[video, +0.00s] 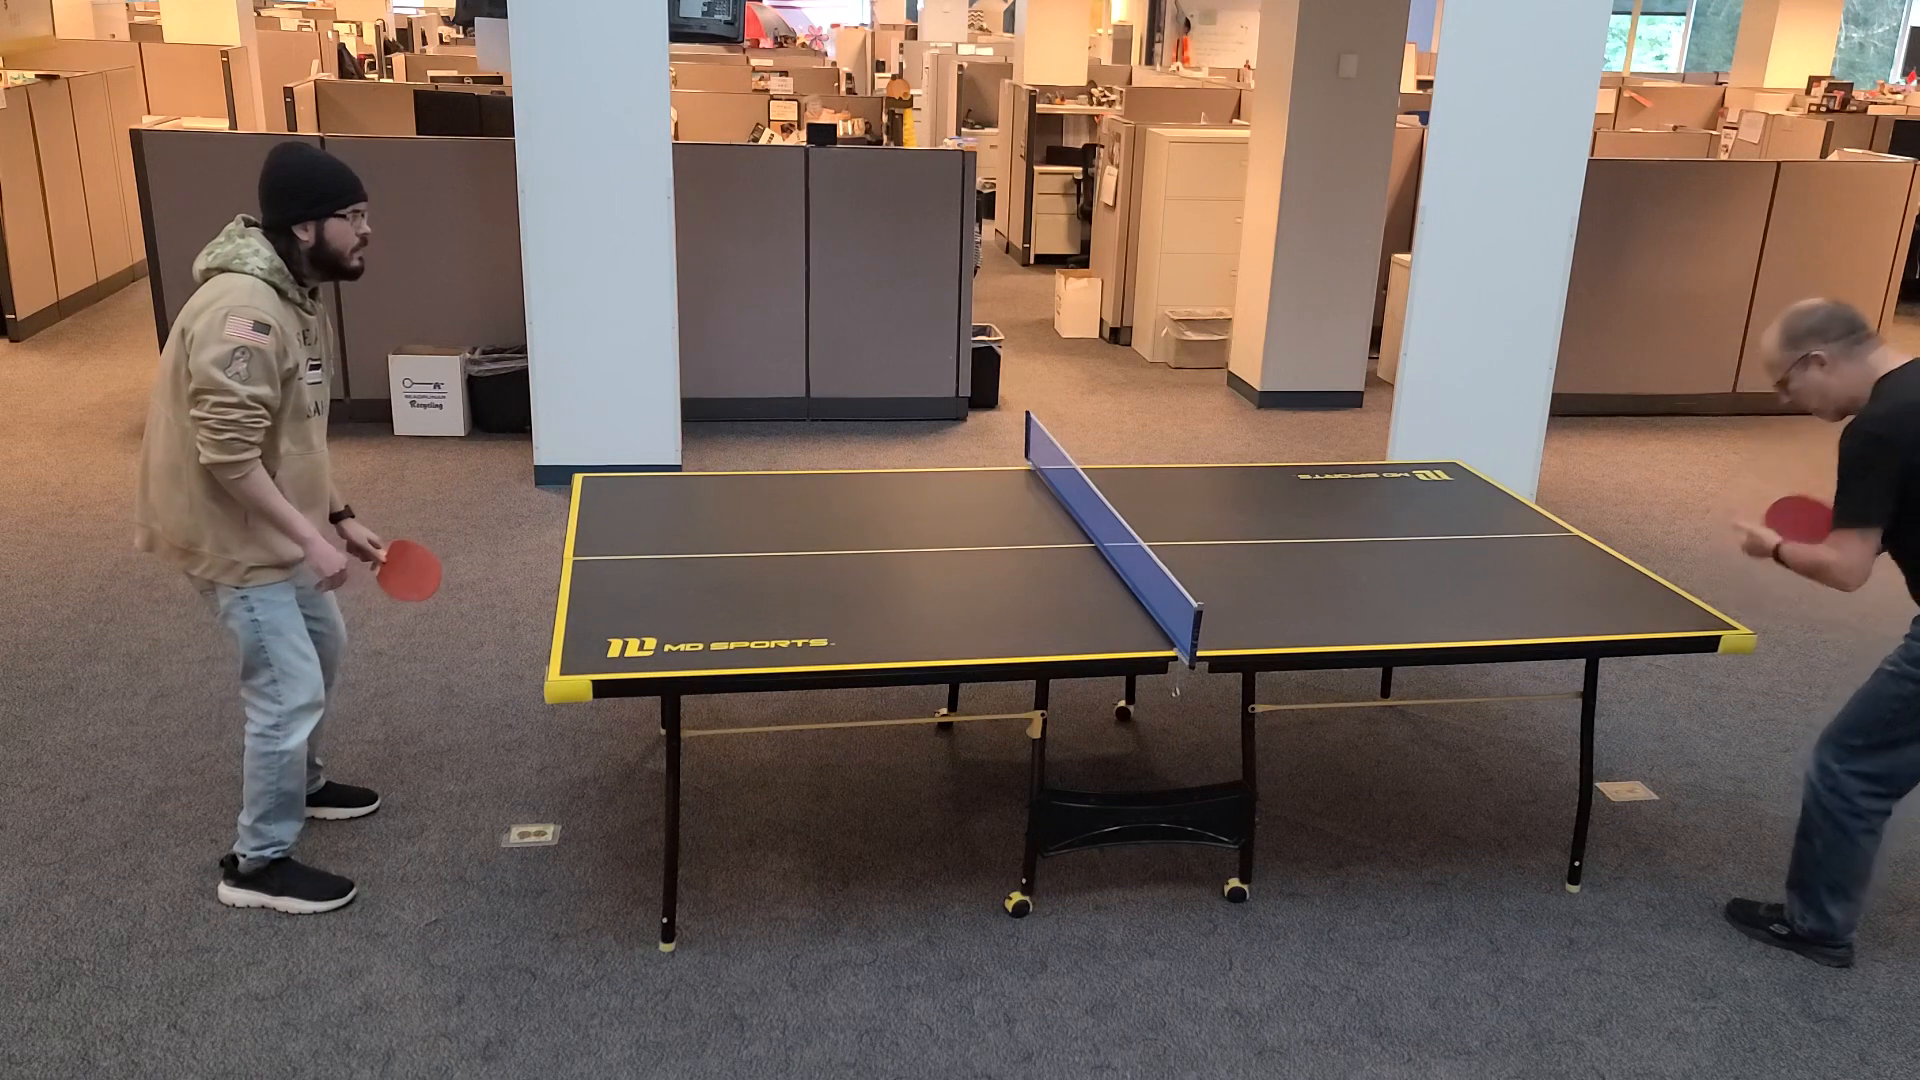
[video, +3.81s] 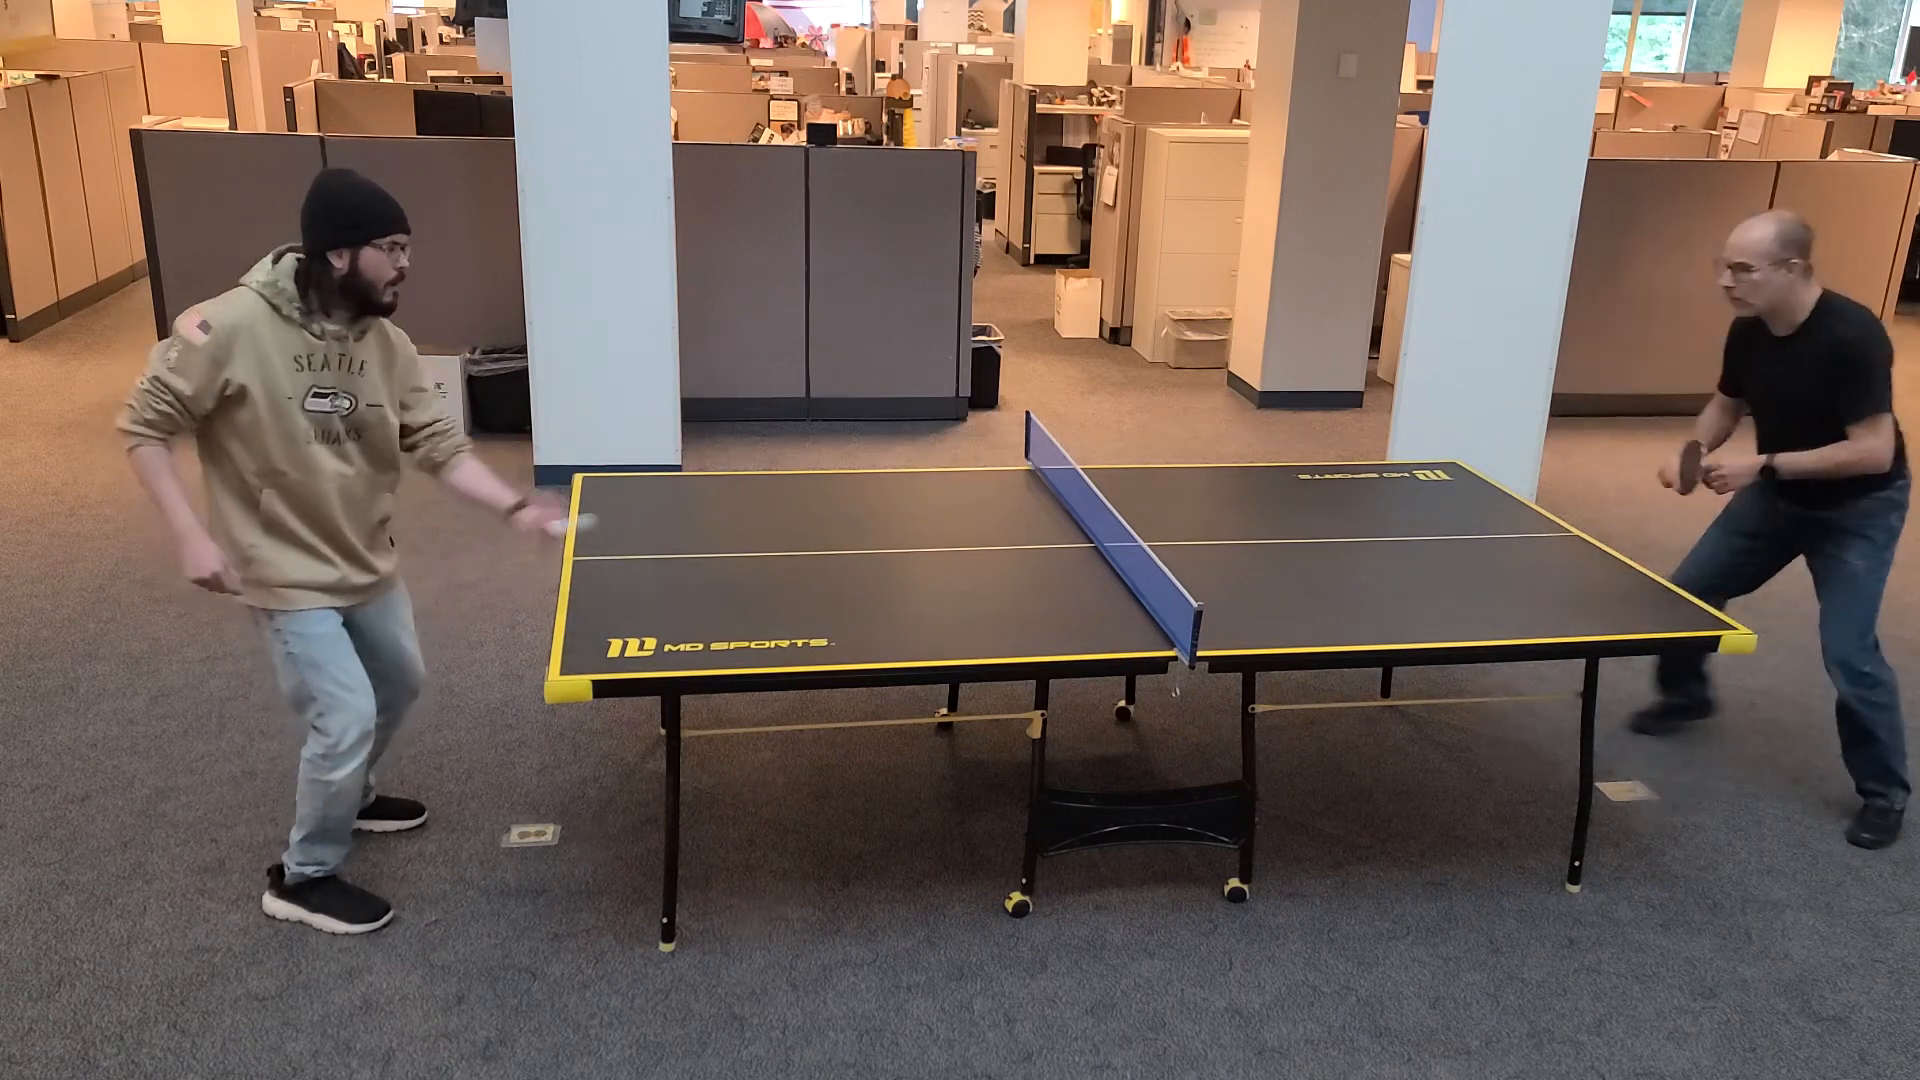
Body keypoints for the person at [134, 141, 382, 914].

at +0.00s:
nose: (366, 229)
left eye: (364, 214)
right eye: (352, 216)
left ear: (307, 227)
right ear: (302, 226)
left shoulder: (291, 293)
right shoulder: (243, 311)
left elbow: (293, 432)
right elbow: (229, 456)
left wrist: (339, 516)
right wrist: (308, 539)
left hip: (277, 524)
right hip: (229, 533)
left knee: (324, 647)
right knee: (289, 690)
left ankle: (295, 788)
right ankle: (258, 859)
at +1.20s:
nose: (385, 272)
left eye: (384, 256)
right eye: (371, 258)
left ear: (332, 264)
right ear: (319, 262)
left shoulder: (355, 336)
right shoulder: (224, 340)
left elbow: (382, 447)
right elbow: (151, 461)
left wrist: (374, 539)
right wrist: (215, 573)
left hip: (325, 558)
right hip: (256, 572)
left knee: (351, 671)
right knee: (329, 709)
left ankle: (286, 781)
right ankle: (303, 876)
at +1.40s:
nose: (384, 285)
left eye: (384, 268)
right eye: (370, 271)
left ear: (336, 276)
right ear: (315, 275)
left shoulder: (363, 343)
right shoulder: (211, 350)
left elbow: (419, 445)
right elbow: (127, 460)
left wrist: (463, 534)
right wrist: (172, 577)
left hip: (346, 568)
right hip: (265, 582)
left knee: (363, 685)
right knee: (337, 729)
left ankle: (292, 773)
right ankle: (301, 876)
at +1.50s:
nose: (385, 278)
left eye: (384, 261)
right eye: (371, 264)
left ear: (330, 272)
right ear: (316, 272)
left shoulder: (367, 341)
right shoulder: (208, 349)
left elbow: (448, 405)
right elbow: (116, 451)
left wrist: (538, 476)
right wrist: (174, 564)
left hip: (350, 565)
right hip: (269, 580)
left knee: (361, 688)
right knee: (333, 731)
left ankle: (298, 771)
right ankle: (302, 876)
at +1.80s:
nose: (396, 247)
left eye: (393, 231)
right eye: (383, 234)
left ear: (339, 246)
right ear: (333, 247)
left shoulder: (349, 297)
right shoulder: (240, 336)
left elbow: (383, 369)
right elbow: (153, 453)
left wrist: (439, 435)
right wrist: (232, 559)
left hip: (350, 549)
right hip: (290, 570)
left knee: (370, 674)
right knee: (344, 716)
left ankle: (344, 801)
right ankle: (301, 875)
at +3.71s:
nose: (408, 251)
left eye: (406, 236)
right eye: (395, 237)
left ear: (353, 246)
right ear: (344, 245)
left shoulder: (378, 332)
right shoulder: (246, 321)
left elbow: (402, 449)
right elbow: (165, 432)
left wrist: (431, 530)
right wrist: (224, 539)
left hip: (362, 556)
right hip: (290, 566)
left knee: (394, 677)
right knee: (350, 711)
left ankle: (345, 799)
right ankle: (302, 875)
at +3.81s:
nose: (404, 263)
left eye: (404, 248)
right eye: (390, 248)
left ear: (355, 255)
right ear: (337, 253)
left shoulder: (384, 345)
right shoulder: (232, 327)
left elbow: (439, 445)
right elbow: (144, 426)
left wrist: (517, 505)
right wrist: (192, 540)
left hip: (365, 561)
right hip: (281, 571)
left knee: (400, 682)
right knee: (345, 717)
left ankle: (347, 801)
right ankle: (303, 874)